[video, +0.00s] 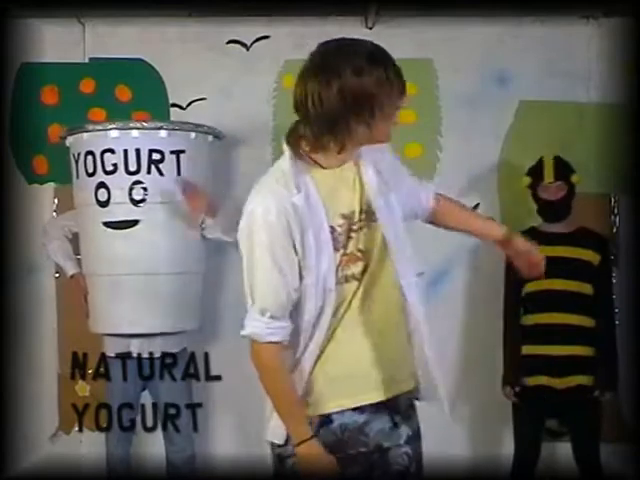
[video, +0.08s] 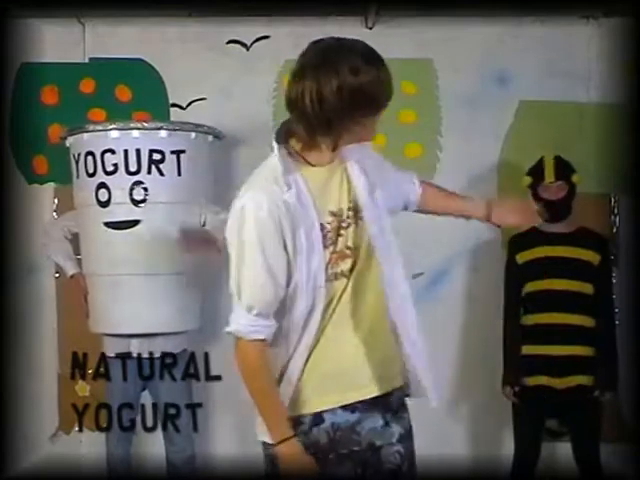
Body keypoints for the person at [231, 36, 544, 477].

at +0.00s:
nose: (399, 117)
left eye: (398, 106)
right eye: (393, 107)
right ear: (359, 109)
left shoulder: (378, 163)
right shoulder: (274, 202)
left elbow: (431, 205)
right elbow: (266, 342)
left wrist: (507, 238)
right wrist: (303, 441)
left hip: (395, 406)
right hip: (321, 423)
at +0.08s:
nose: (379, 122)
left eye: (379, 111)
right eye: (373, 113)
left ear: (319, 106)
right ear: (343, 113)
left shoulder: (362, 164)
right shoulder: (263, 201)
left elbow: (413, 193)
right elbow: (249, 341)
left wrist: (488, 209)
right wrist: (282, 440)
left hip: (386, 407)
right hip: (312, 422)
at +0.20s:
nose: (361, 116)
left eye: (360, 106)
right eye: (356, 108)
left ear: (304, 103)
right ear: (330, 108)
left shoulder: (346, 161)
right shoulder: (248, 198)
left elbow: (398, 181)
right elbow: (230, 334)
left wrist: (451, 190)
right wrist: (255, 441)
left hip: (376, 402)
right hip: (302, 417)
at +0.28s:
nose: (350, 113)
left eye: (349, 104)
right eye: (346, 106)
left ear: (288, 101)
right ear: (325, 108)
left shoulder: (339, 162)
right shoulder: (240, 199)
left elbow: (382, 180)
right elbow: (223, 336)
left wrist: (427, 189)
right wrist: (243, 441)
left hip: (372, 407)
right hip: (294, 420)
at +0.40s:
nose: (336, 113)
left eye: (335, 104)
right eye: (332, 105)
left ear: (270, 101)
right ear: (315, 109)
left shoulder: (326, 162)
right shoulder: (234, 201)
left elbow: (367, 184)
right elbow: (219, 335)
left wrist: (411, 193)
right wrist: (238, 443)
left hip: (368, 405)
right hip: (289, 420)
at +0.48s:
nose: (331, 112)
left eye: (330, 103)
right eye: (328, 104)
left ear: (265, 101)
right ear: (310, 108)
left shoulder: (320, 160)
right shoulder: (230, 202)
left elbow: (361, 185)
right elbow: (218, 336)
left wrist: (406, 194)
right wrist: (241, 442)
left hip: (367, 403)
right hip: (290, 419)